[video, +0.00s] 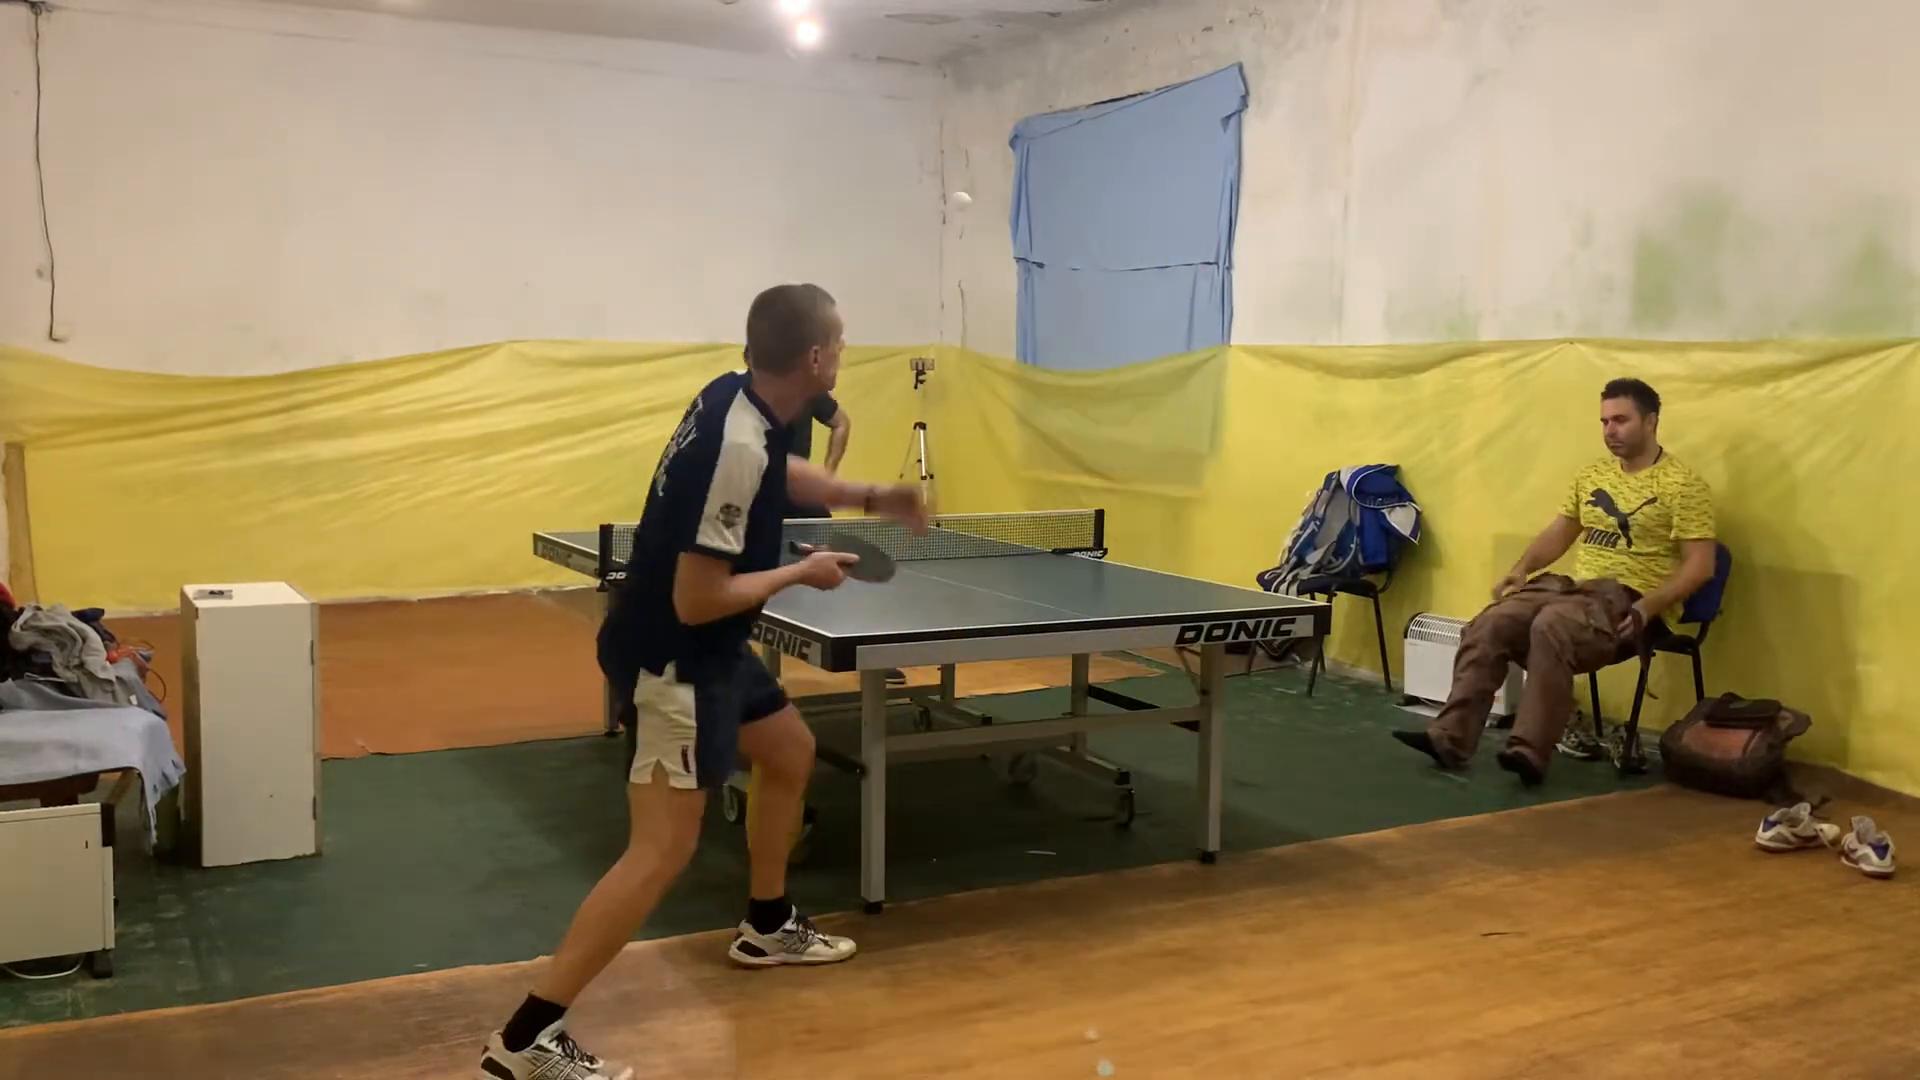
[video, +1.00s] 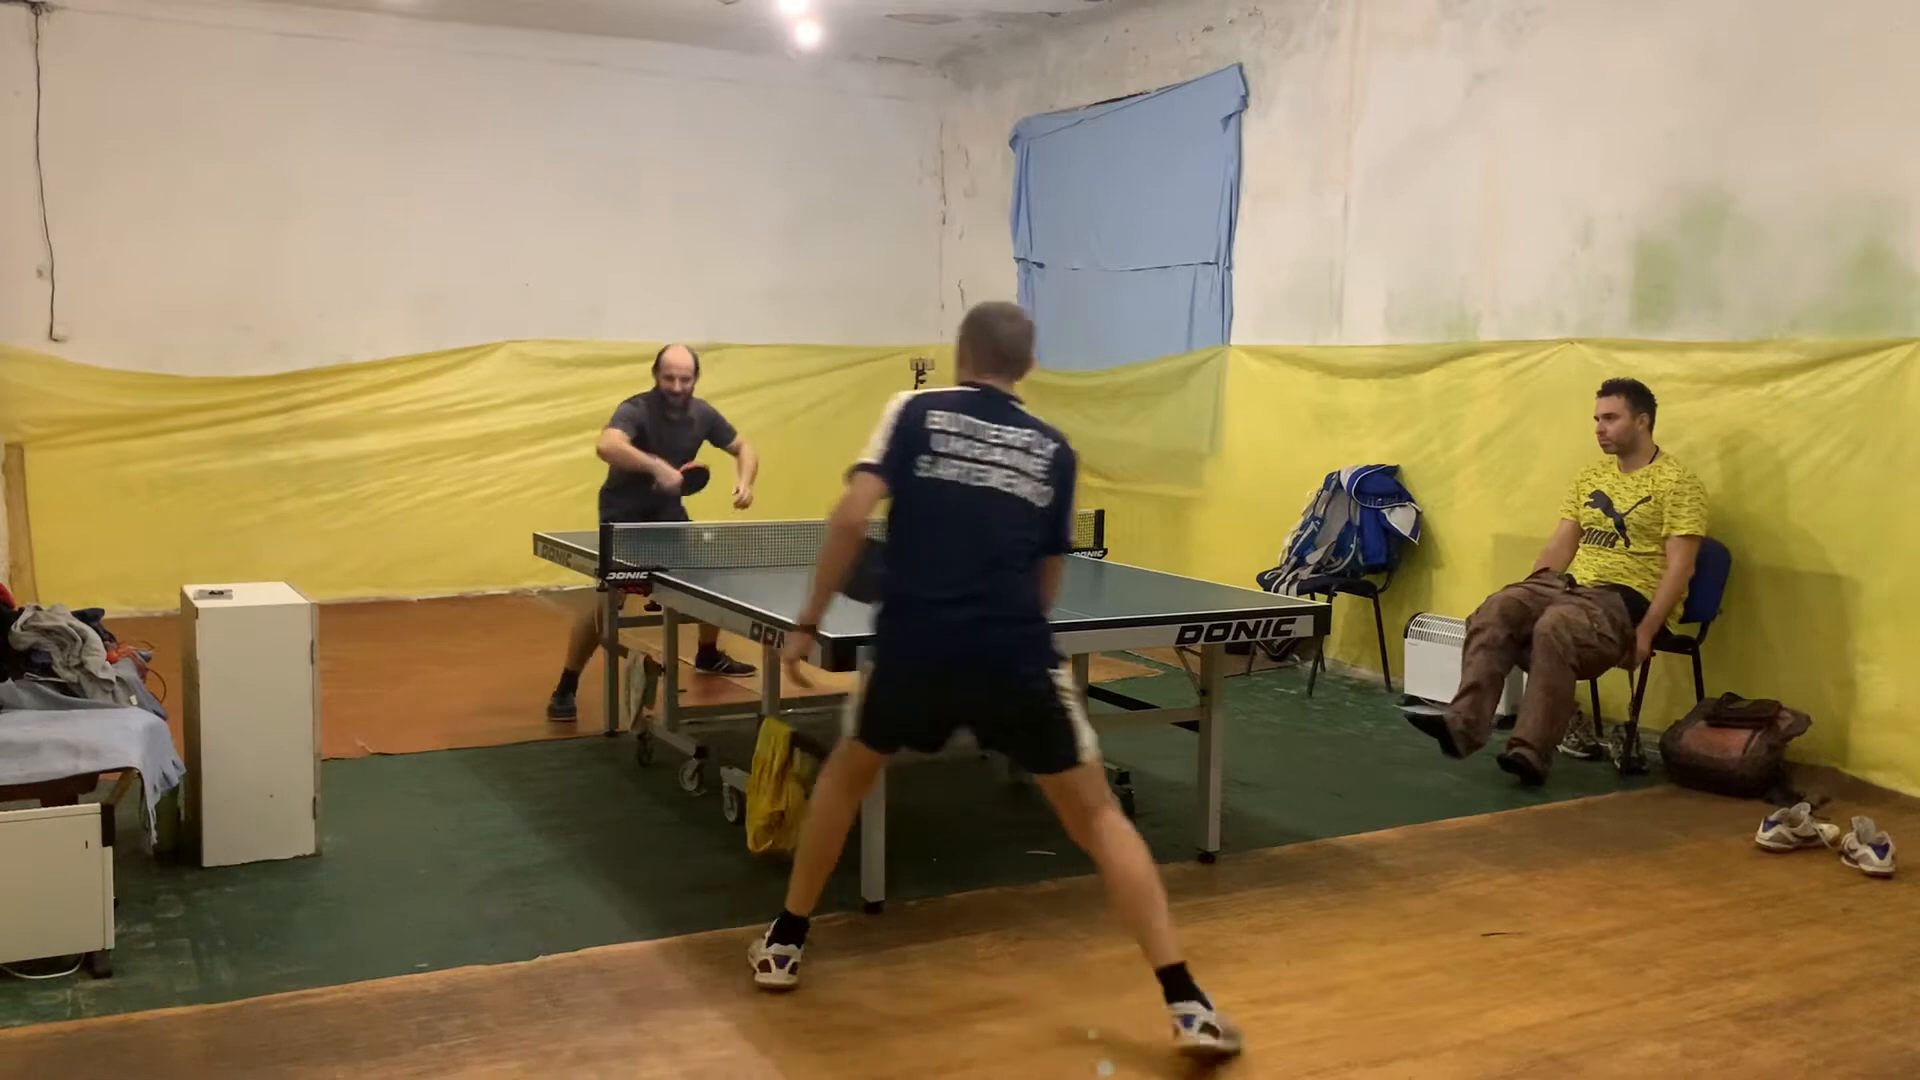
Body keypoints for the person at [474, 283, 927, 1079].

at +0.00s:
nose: (841, 361)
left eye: (839, 349)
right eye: (838, 350)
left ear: (764, 351)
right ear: (814, 361)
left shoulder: (743, 404)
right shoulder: (732, 445)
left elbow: (774, 480)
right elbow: (696, 597)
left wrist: (871, 498)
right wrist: (799, 571)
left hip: (712, 643)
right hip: (672, 658)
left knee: (789, 754)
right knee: (661, 848)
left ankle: (767, 925)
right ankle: (528, 1034)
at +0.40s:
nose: (908, 460)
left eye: (911, 448)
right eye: (910, 448)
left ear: (858, 421)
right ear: (889, 444)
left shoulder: (813, 462)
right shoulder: (799, 467)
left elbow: (737, 558)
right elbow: (698, 563)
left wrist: (860, 577)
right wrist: (829, 574)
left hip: (708, 655)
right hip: (676, 665)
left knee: (787, 748)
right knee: (706, 873)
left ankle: (747, 939)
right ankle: (539, 1019)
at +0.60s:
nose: (926, 434)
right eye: (928, 424)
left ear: (860, 396)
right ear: (920, 423)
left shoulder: (785, 429)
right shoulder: (896, 490)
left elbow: (678, 516)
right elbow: (866, 629)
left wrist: (654, 622)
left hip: (711, 637)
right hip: (781, 656)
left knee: (768, 792)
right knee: (805, 852)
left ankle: (748, 939)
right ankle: (640, 969)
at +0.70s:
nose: (931, 392)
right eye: (936, 384)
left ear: (867, 363)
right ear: (930, 385)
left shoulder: (799, 405)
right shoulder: (930, 465)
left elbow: (701, 494)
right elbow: (900, 601)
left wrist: (673, 597)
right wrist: (842, 571)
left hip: (755, 625)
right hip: (839, 641)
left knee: (786, 762)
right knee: (878, 819)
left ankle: (759, 924)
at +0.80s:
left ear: (886, 344)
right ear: (952, 363)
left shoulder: (829, 391)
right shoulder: (964, 442)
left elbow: (744, 486)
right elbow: (940, 569)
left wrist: (706, 594)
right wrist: (887, 615)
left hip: (797, 620)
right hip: (889, 635)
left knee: (800, 758)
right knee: (953, 797)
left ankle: (779, 938)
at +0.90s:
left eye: (916, 351)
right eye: (979, 363)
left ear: (916, 353)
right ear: (983, 367)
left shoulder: (864, 403)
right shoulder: (1001, 448)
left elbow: (785, 496)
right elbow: (983, 577)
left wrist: (748, 615)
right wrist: (940, 627)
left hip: (848, 636)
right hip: (945, 644)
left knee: (818, 763)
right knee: (1028, 802)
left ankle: (783, 939)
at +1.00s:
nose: (961, 366)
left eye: (960, 354)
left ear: (960, 358)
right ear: (1028, 369)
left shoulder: (913, 410)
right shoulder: (1055, 449)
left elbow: (855, 513)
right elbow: (1046, 583)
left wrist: (809, 620)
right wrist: (1001, 633)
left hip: (912, 655)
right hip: (1016, 661)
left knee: (848, 771)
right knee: (1096, 815)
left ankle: (785, 939)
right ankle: (1186, 999)